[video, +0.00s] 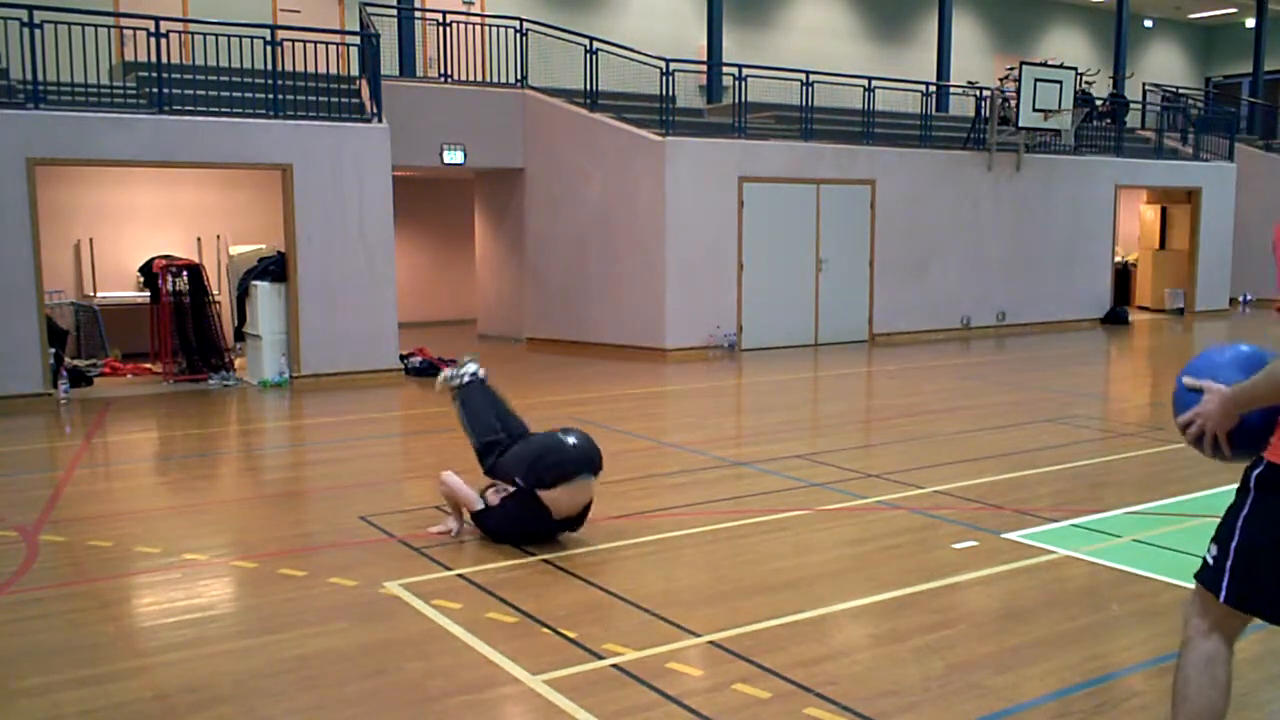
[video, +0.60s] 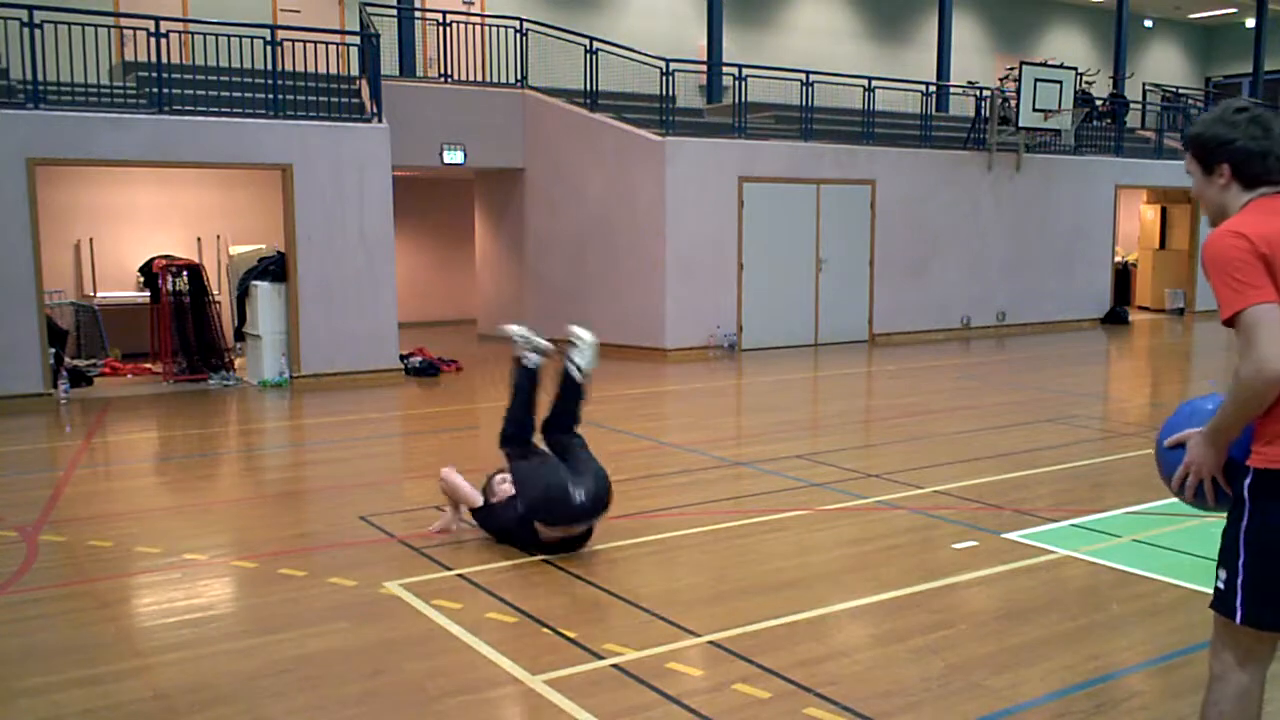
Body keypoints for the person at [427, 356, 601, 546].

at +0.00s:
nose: (500, 489)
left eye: (499, 487)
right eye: (493, 493)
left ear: (506, 487)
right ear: (488, 507)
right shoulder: (495, 522)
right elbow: (447, 478)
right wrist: (456, 519)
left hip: (588, 454)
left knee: (523, 451)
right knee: (493, 460)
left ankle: (477, 381)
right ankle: (467, 383)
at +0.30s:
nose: (494, 492)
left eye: (494, 491)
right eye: (490, 499)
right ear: (489, 507)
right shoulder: (497, 524)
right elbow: (440, 485)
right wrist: (458, 520)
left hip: (574, 435)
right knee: (487, 472)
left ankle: (488, 385)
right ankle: (459, 399)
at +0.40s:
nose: (496, 491)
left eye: (496, 490)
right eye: (490, 496)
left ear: (504, 489)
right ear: (487, 508)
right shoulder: (496, 524)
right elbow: (440, 483)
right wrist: (457, 520)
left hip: (580, 442)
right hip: (533, 454)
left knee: (531, 439)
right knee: (490, 458)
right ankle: (471, 379)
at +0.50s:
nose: (500, 486)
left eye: (500, 484)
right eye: (493, 490)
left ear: (510, 484)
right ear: (489, 505)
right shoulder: (491, 520)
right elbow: (442, 480)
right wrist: (456, 516)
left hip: (589, 462)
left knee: (542, 433)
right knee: (501, 448)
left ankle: (540, 353)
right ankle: (495, 358)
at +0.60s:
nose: (510, 482)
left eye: (510, 478)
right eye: (502, 482)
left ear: (519, 483)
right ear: (492, 498)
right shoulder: (494, 517)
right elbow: (447, 476)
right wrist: (453, 514)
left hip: (597, 496)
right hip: (555, 506)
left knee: (558, 430)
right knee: (516, 444)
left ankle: (576, 371)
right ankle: (527, 362)